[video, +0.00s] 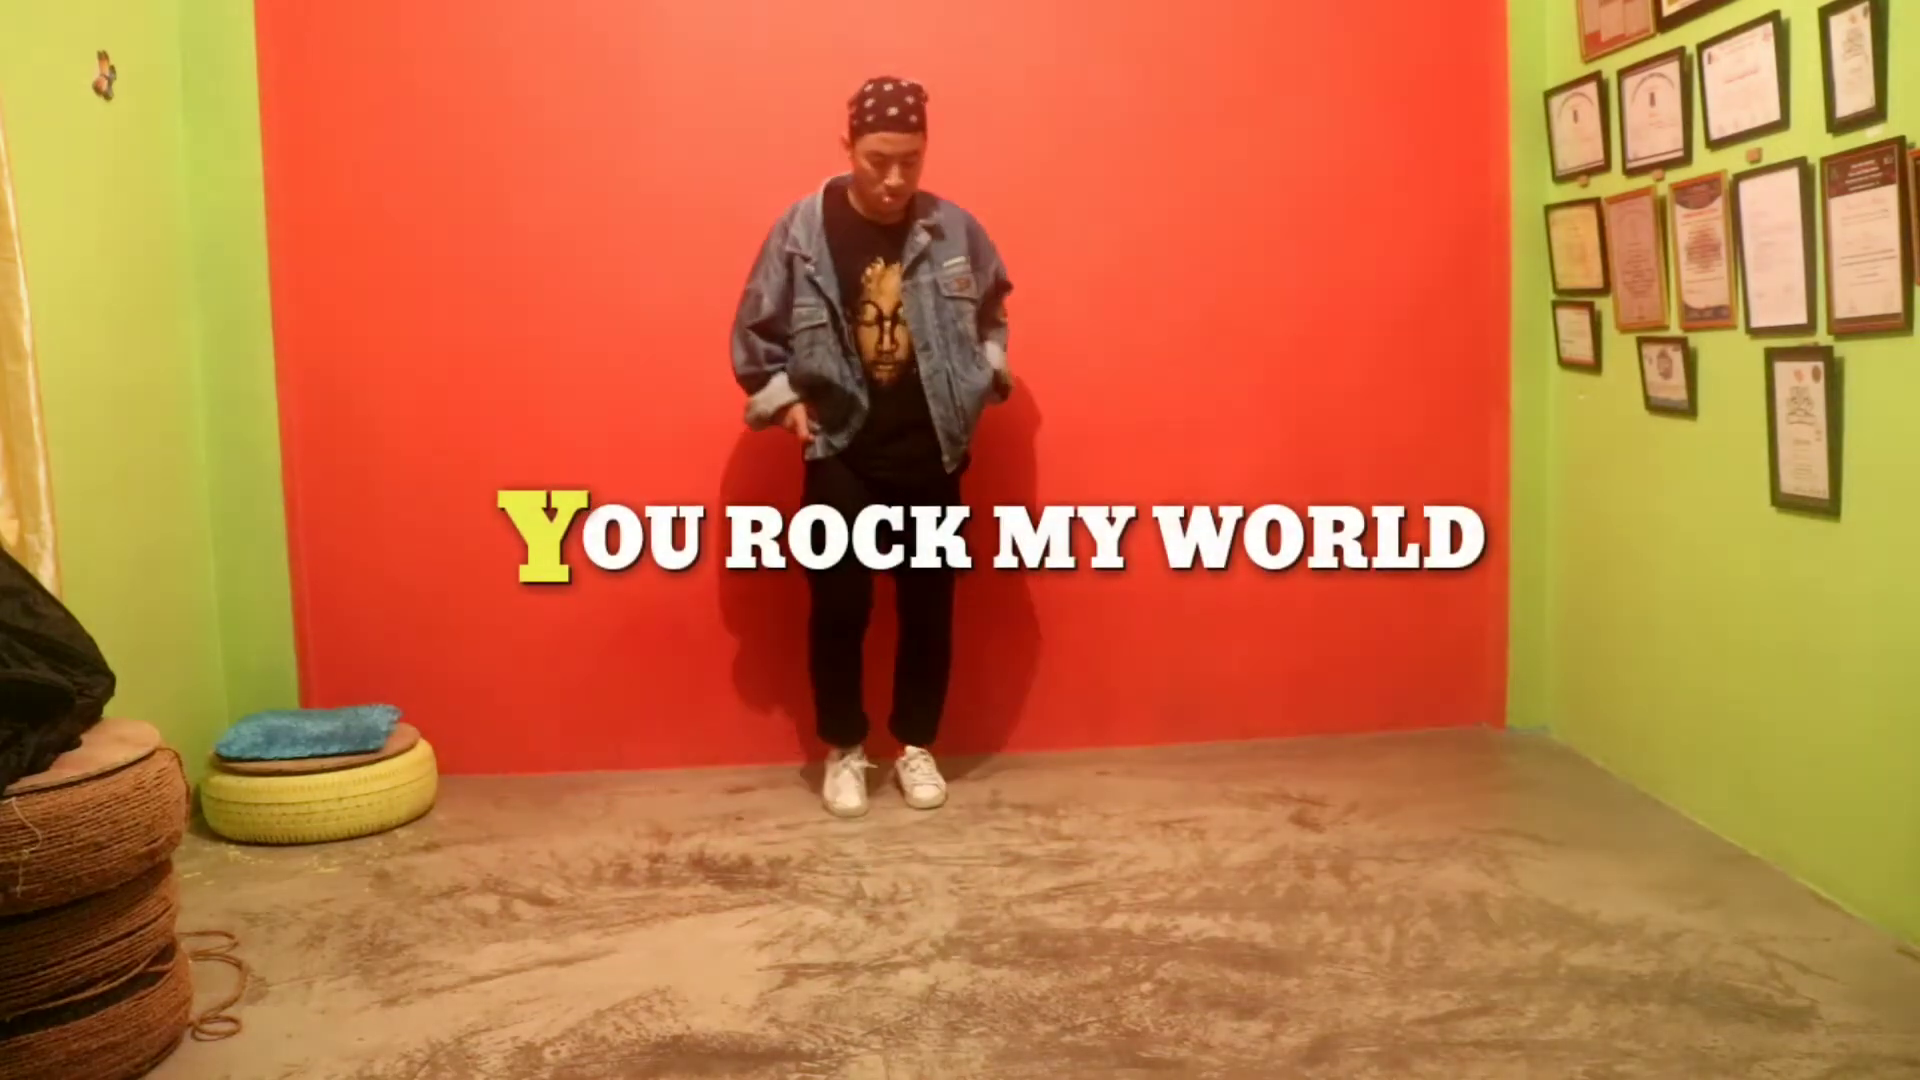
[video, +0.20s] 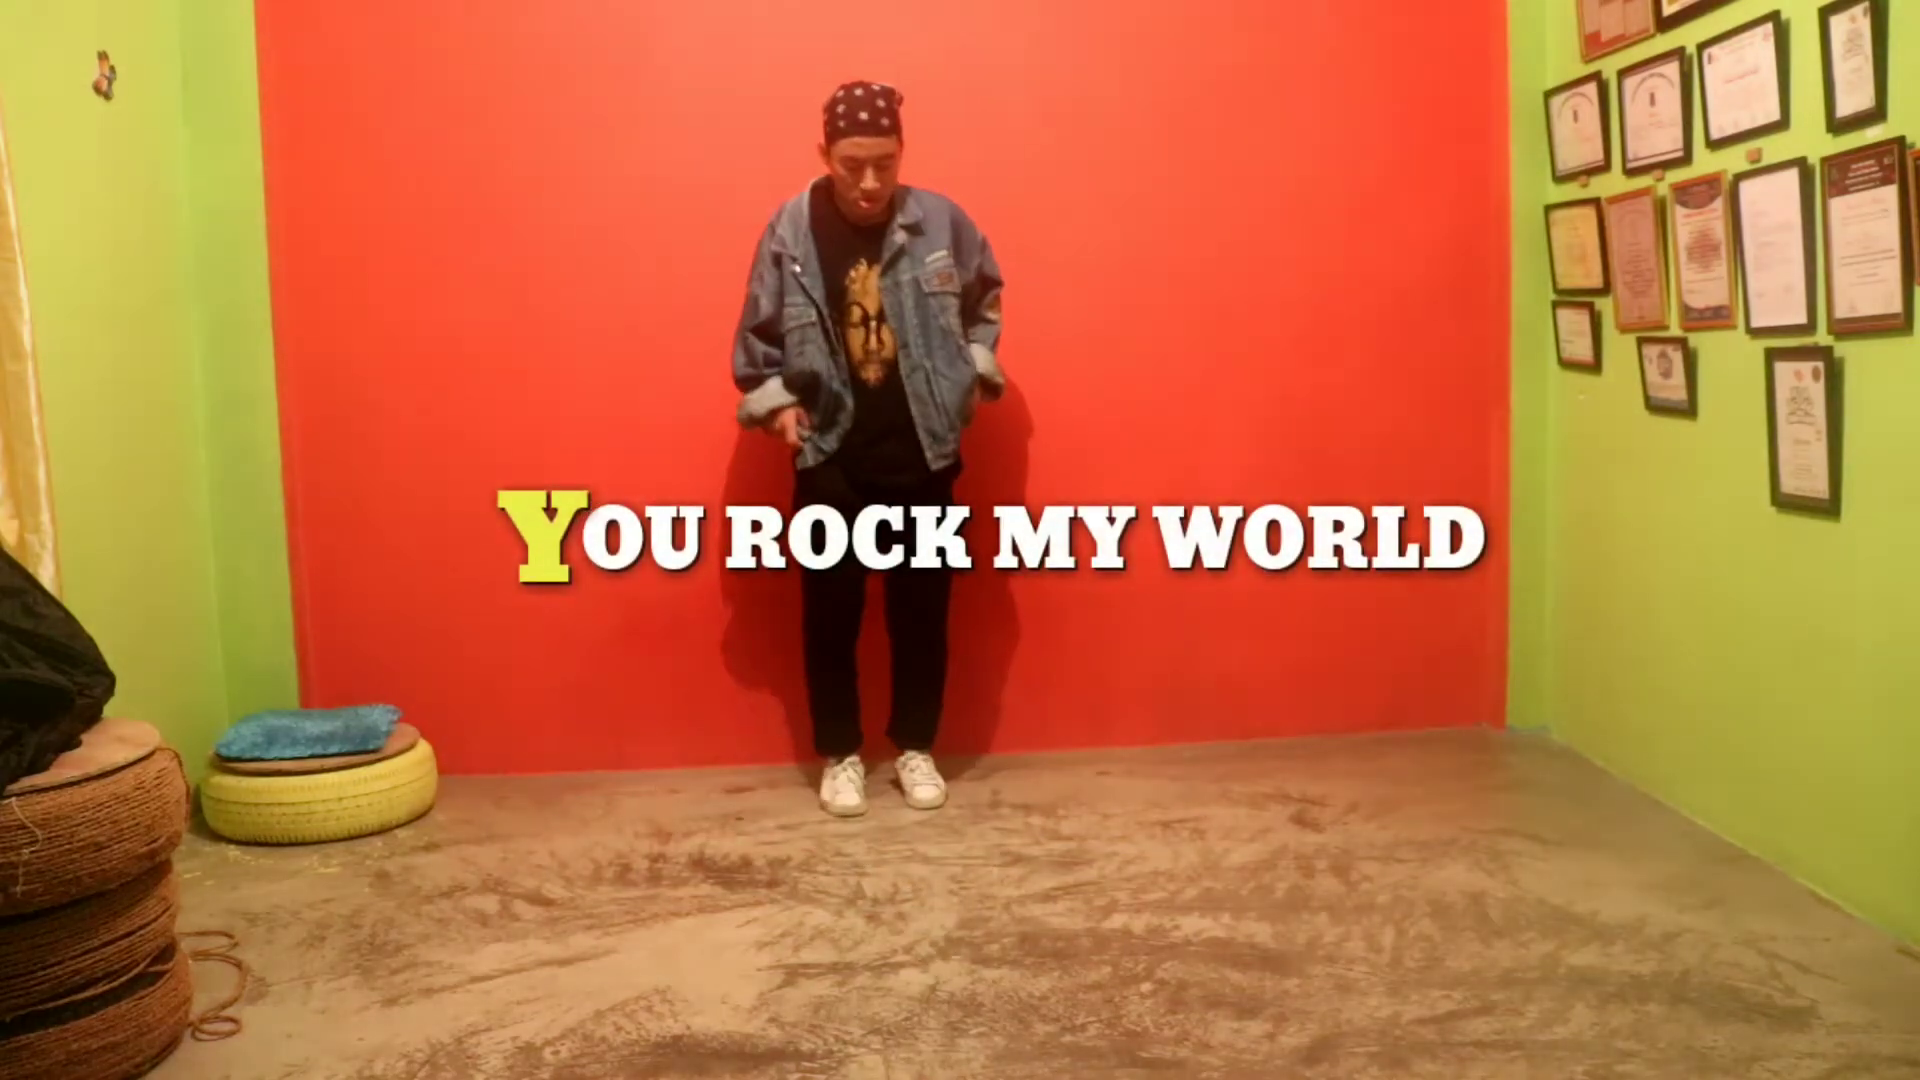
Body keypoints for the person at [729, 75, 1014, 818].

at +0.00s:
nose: (894, 179)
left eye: (908, 162)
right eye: (878, 162)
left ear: (925, 156)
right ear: (850, 153)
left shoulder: (956, 229)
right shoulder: (802, 229)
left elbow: (992, 311)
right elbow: (755, 333)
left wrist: (987, 376)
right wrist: (790, 405)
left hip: (931, 443)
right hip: (840, 444)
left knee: (928, 600)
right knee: (841, 600)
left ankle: (915, 748)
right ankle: (845, 751)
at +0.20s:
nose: (870, 181)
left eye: (883, 164)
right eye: (855, 165)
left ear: (902, 157)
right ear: (828, 158)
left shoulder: (942, 222)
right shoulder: (789, 232)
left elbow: (984, 296)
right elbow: (757, 341)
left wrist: (978, 367)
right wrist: (781, 406)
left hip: (923, 440)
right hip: (832, 444)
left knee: (922, 601)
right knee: (833, 602)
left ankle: (915, 751)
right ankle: (842, 757)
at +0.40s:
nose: (861, 181)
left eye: (874, 164)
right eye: (846, 166)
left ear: (893, 157)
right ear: (820, 161)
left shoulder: (936, 233)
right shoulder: (791, 244)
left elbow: (970, 334)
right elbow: (761, 348)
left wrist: (981, 398)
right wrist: (757, 412)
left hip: (922, 450)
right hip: (830, 451)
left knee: (930, 603)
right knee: (839, 604)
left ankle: (918, 752)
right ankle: (842, 758)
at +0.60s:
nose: (855, 190)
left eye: (868, 173)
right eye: (838, 175)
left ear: (888, 160)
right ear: (813, 166)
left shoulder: (936, 232)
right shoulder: (782, 246)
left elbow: (976, 329)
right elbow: (754, 350)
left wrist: (997, 365)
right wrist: (738, 386)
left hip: (917, 453)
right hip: (819, 457)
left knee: (954, 594)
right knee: (810, 599)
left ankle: (911, 753)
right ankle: (824, 751)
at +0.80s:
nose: (850, 205)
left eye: (862, 188)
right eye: (834, 191)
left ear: (883, 176)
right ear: (809, 183)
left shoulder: (935, 239)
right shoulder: (782, 260)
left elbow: (989, 318)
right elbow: (747, 360)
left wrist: (1017, 351)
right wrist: (733, 393)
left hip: (920, 466)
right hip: (817, 472)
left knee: (949, 602)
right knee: (799, 610)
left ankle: (914, 757)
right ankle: (820, 755)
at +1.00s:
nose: (859, 188)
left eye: (873, 171)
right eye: (845, 172)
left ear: (899, 162)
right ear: (827, 165)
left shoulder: (950, 237)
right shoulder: (796, 249)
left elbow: (984, 335)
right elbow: (771, 354)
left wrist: (989, 382)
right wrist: (780, 389)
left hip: (931, 455)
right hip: (839, 458)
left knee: (939, 607)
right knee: (845, 609)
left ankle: (934, 755)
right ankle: (844, 756)